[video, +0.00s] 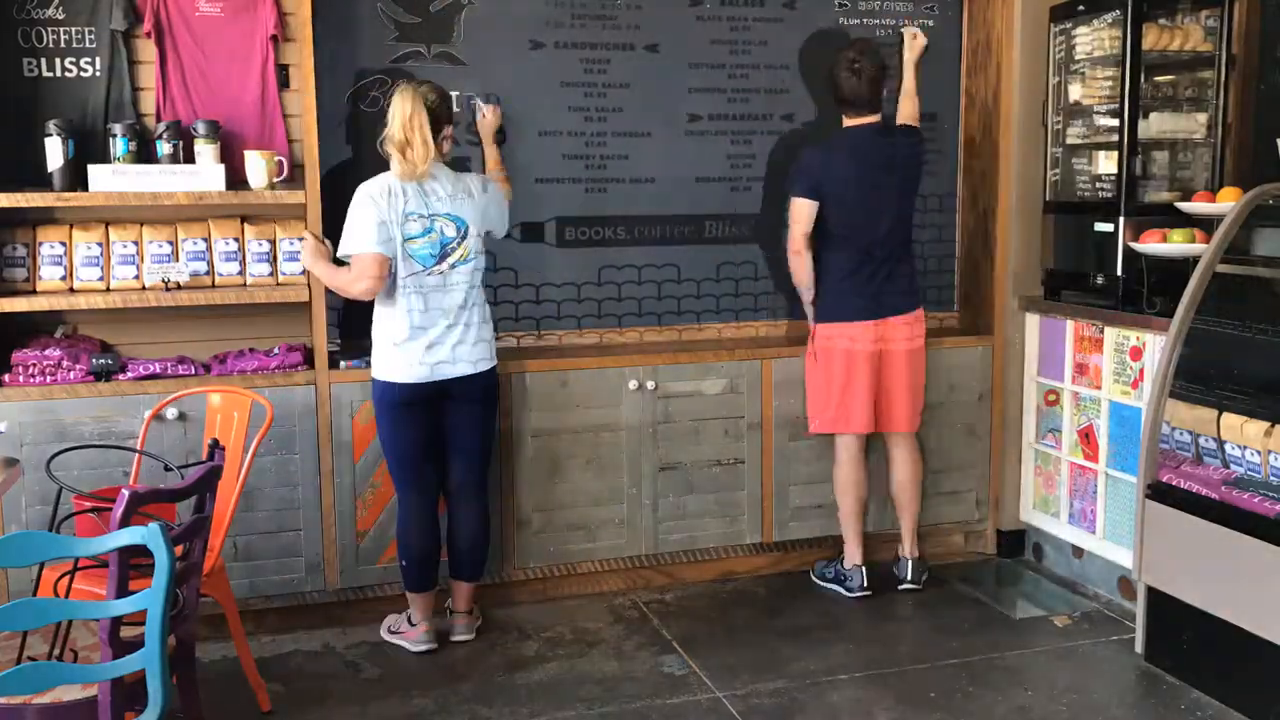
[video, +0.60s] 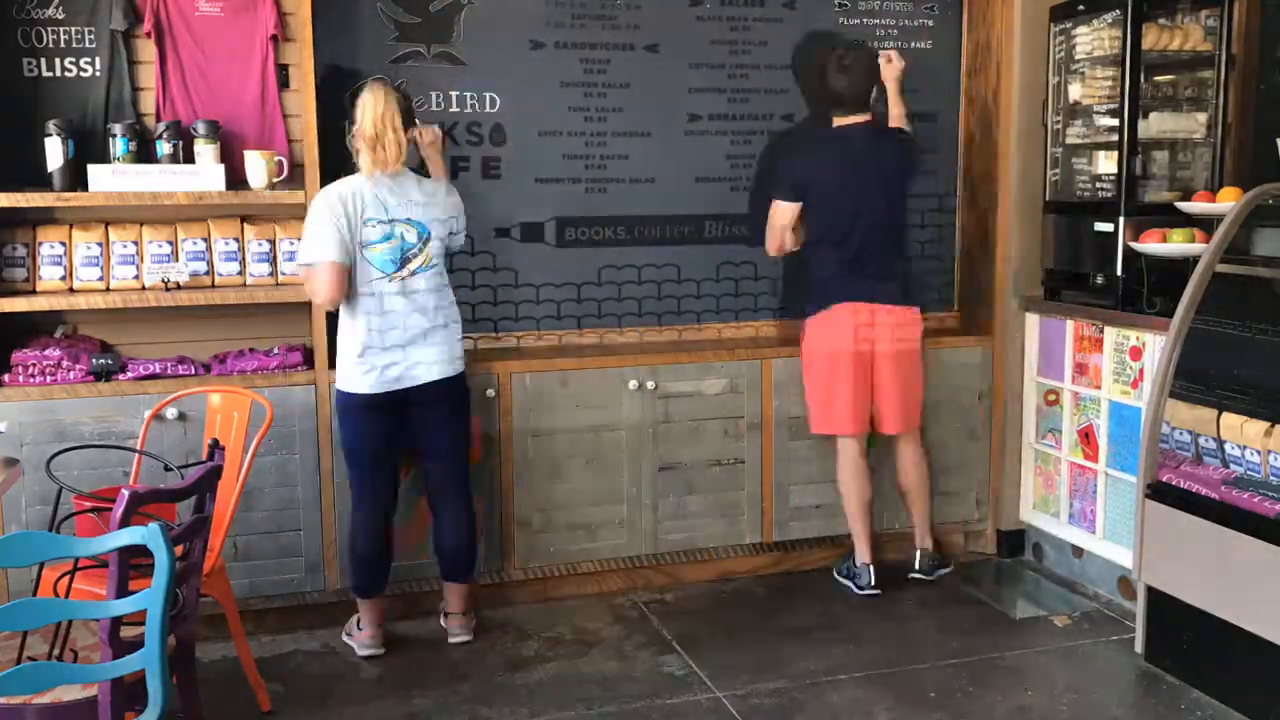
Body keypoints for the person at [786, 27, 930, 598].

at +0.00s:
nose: (859, 86)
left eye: (841, 80)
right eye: (873, 80)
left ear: (831, 93)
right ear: (884, 91)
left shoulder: (818, 157)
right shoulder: (906, 148)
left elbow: (798, 246)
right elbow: (906, 110)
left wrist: (812, 306)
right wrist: (910, 64)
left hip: (842, 320)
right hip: (903, 314)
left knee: (849, 445)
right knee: (903, 437)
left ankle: (853, 565)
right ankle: (910, 557)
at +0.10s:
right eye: (870, 78)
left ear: (824, 89)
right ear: (874, 88)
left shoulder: (804, 157)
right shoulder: (895, 147)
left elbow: (783, 248)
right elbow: (887, 120)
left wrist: (810, 272)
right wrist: (885, 74)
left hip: (833, 319)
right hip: (894, 312)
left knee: (844, 443)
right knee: (897, 436)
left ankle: (853, 565)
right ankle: (912, 557)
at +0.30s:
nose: (896, 108)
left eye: (894, 101)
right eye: (901, 101)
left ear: (898, 100)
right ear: (945, 97)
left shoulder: (886, 155)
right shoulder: (981, 154)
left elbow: (858, 246)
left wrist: (893, 228)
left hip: (900, 323)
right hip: (962, 322)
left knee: (886, 441)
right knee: (938, 442)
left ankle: (916, 565)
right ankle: (918, 559)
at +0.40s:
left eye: (897, 77)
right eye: (931, 76)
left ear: (887, 90)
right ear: (939, 89)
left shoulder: (875, 157)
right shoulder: (965, 146)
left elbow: (852, 251)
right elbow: (959, 140)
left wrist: (885, 235)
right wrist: (955, 103)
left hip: (903, 321)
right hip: (964, 315)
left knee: (907, 441)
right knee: (957, 438)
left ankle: (912, 562)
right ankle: (952, 552)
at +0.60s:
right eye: (870, 81)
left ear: (819, 95)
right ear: (870, 92)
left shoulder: (804, 153)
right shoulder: (896, 147)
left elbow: (778, 243)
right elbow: (899, 134)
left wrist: (817, 227)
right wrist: (894, 86)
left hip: (835, 312)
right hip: (896, 308)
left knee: (850, 443)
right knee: (907, 434)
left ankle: (863, 564)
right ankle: (925, 550)